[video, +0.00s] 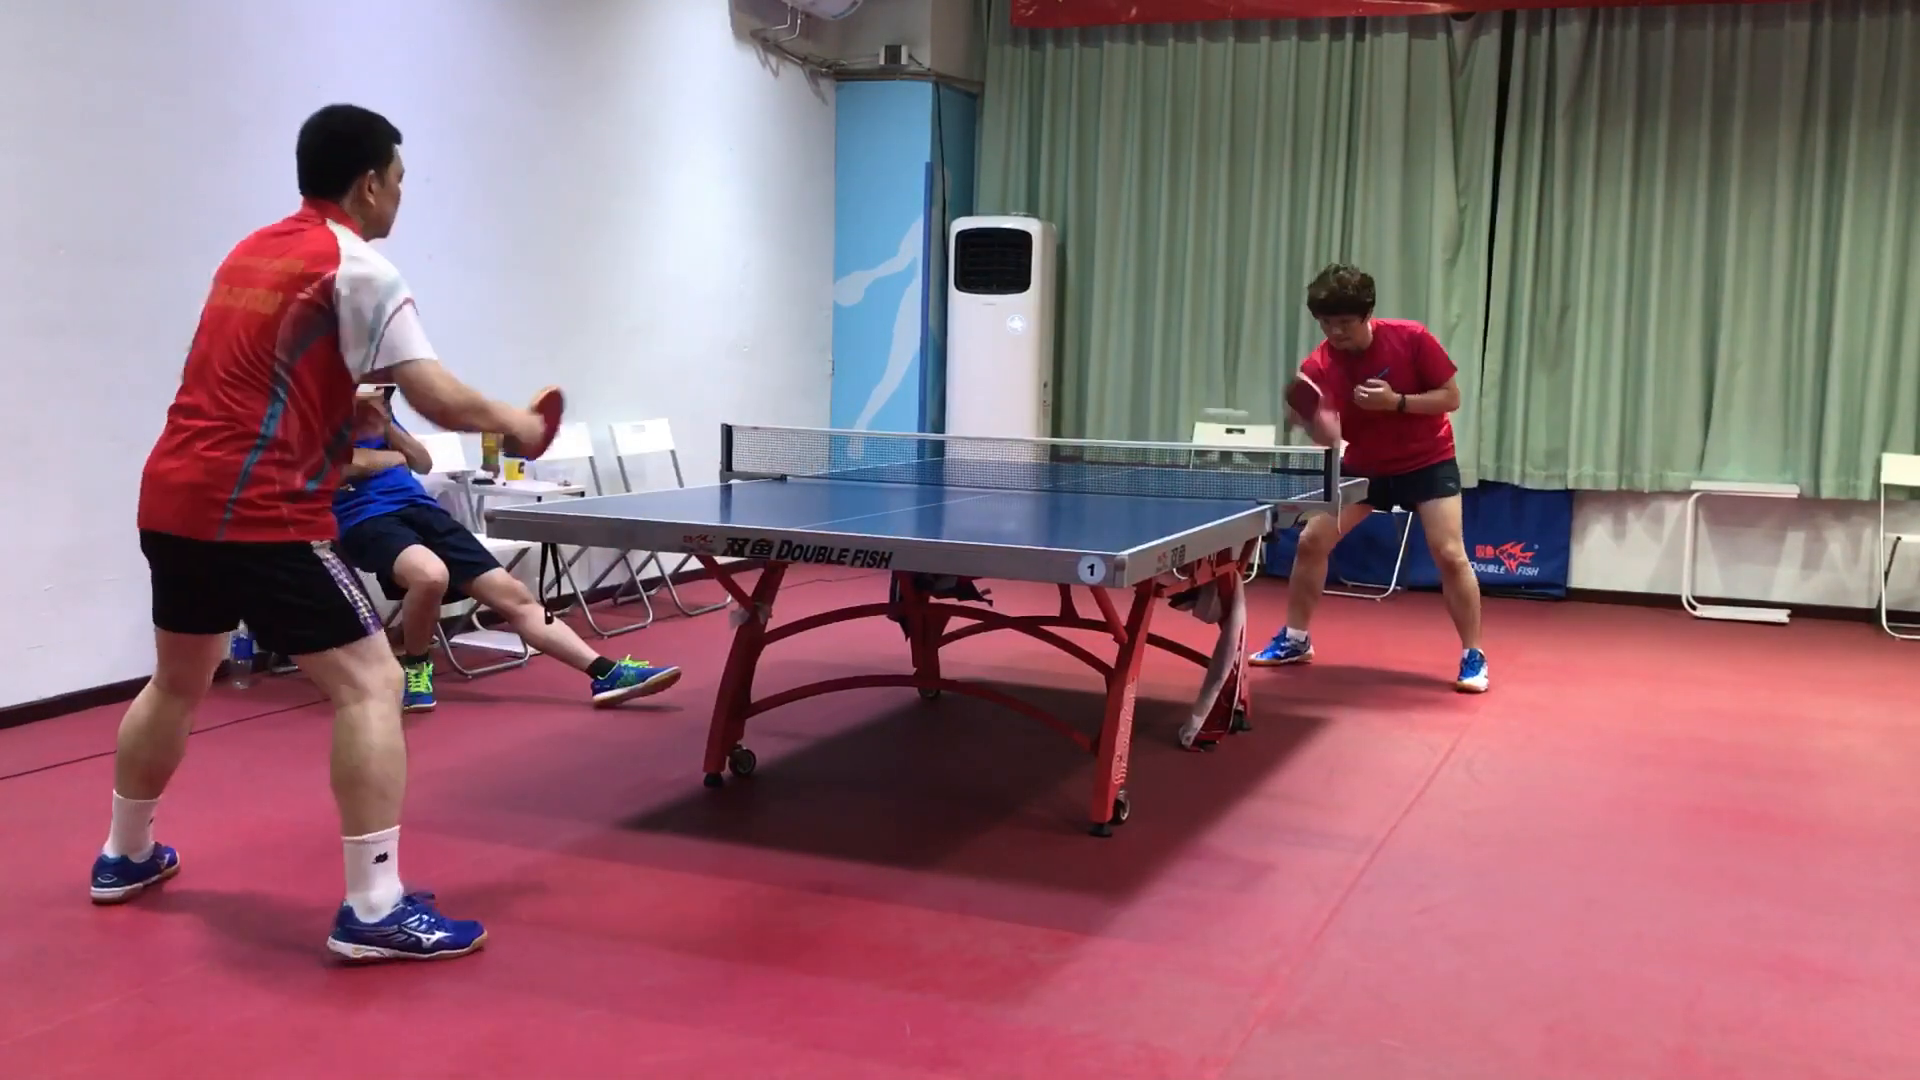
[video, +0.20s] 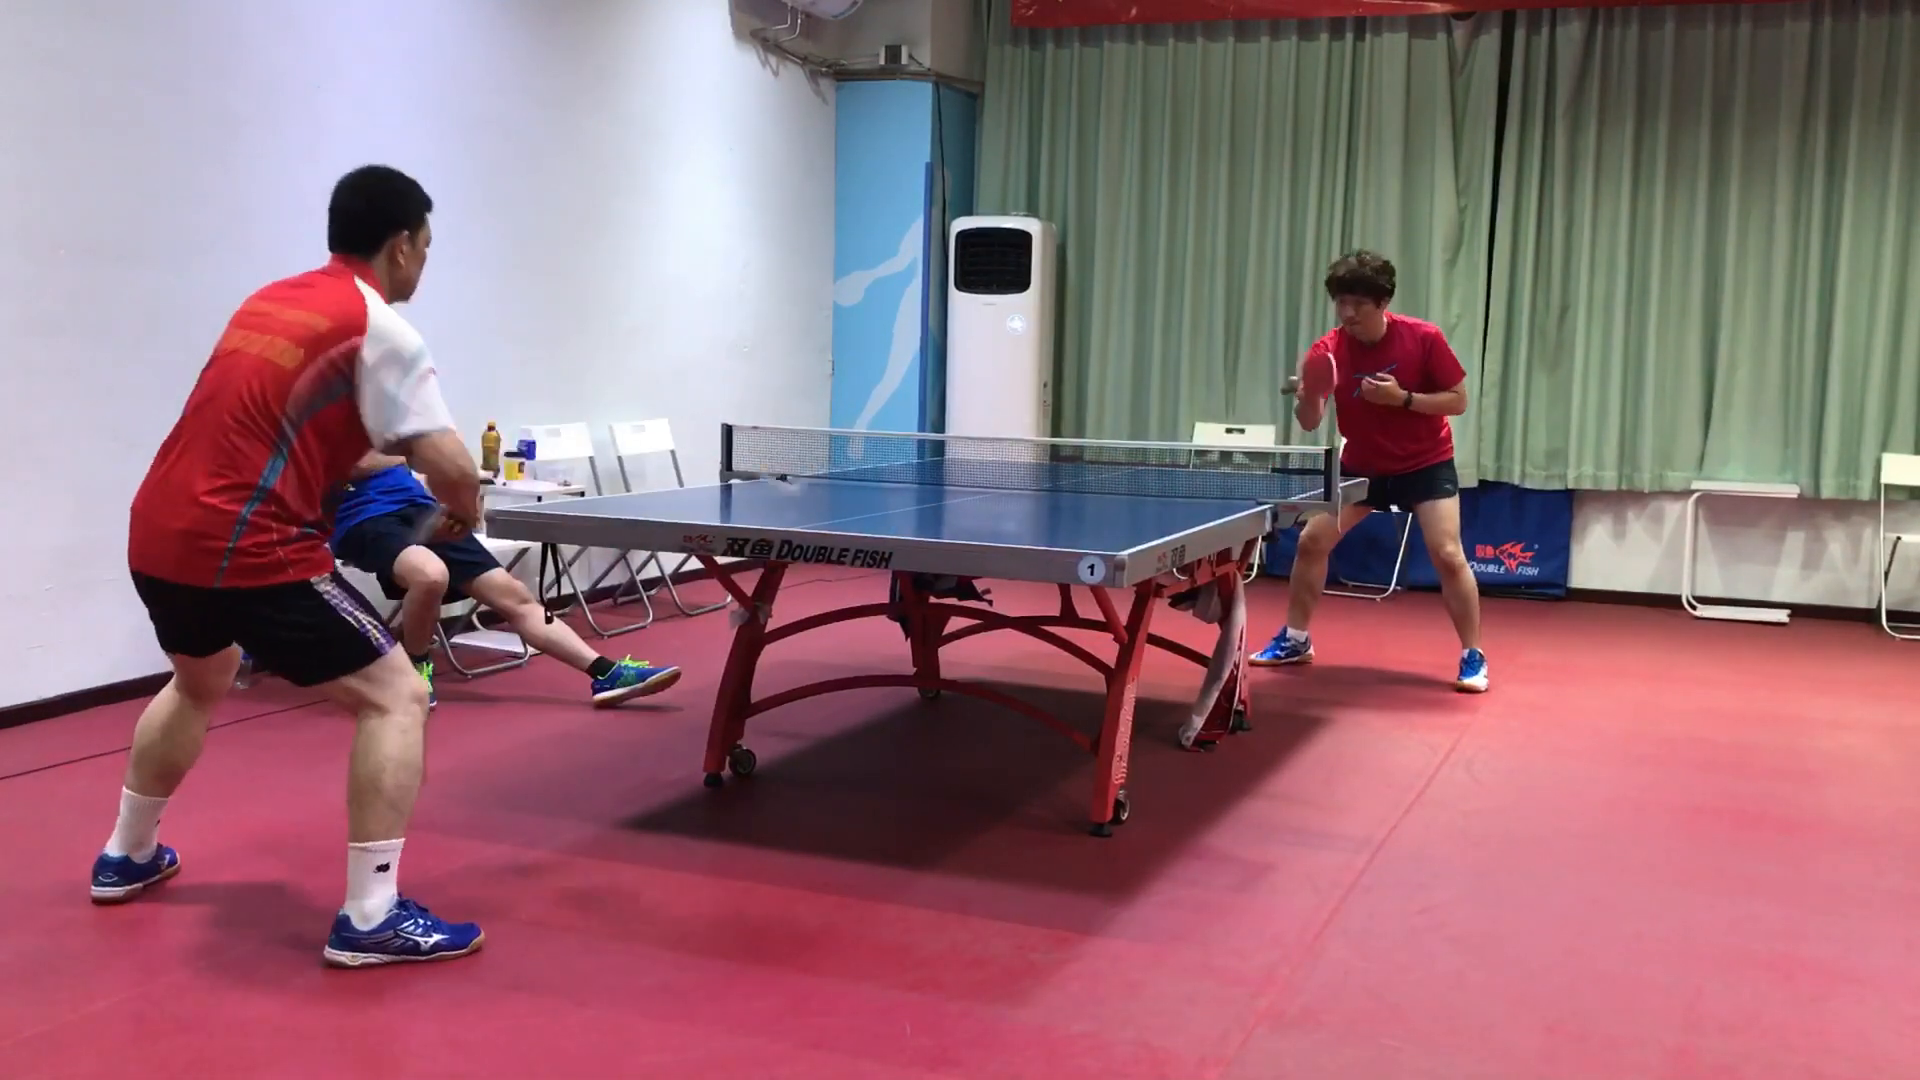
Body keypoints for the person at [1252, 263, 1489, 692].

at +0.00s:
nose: (1333, 334)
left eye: (1341, 325)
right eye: (1325, 325)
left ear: (1366, 313)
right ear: (1318, 319)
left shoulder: (1411, 340)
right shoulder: (1319, 365)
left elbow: (1451, 399)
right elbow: (1329, 437)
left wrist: (1397, 401)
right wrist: (1310, 417)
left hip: (1427, 464)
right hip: (1364, 469)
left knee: (1449, 553)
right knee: (1312, 540)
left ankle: (1472, 654)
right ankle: (1295, 639)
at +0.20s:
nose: (1347, 314)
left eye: (1358, 304)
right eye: (1340, 303)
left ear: (1383, 301)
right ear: (1333, 302)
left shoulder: (1424, 340)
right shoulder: (1327, 350)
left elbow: (1458, 401)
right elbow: (1308, 422)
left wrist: (1403, 398)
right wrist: (1313, 391)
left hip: (1426, 465)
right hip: (1361, 467)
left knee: (1448, 555)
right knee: (1312, 541)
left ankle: (1472, 655)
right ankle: (1295, 639)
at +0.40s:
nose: (1350, 309)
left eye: (1361, 300)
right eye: (1345, 299)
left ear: (1388, 301)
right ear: (1339, 299)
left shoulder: (1425, 346)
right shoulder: (1336, 349)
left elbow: (1444, 418)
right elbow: (1323, 409)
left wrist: (1382, 401)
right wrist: (1313, 425)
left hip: (1428, 475)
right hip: (1366, 474)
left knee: (1442, 564)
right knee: (1307, 535)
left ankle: (1471, 657)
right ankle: (1288, 632)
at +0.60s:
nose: (1313, 336)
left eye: (1320, 327)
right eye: (1308, 328)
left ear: (1348, 320)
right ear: (1304, 325)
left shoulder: (1394, 355)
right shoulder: (1310, 366)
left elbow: (1416, 426)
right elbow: (1321, 422)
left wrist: (1354, 409)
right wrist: (1337, 443)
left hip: (1414, 472)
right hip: (1358, 476)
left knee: (1430, 565)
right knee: (1300, 541)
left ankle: (1469, 655)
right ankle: (1277, 637)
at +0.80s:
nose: (1311, 324)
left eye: (1319, 314)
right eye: (1304, 315)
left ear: (1344, 308)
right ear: (1299, 313)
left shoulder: (1391, 340)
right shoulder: (1300, 358)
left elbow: (1423, 403)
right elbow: (1299, 428)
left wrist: (1365, 396)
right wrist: (1279, 405)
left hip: (1409, 466)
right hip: (1349, 471)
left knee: (1437, 555)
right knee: (1294, 540)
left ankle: (1470, 654)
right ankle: (1276, 637)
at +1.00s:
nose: (1331, 313)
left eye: (1340, 304)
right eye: (1324, 304)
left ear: (1366, 303)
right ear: (1317, 305)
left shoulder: (1407, 345)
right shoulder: (1313, 358)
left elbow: (1436, 411)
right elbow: (1298, 432)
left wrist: (1379, 402)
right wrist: (1287, 411)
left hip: (1419, 473)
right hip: (1354, 478)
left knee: (1446, 559)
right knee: (1297, 542)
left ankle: (1474, 656)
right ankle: (1276, 638)